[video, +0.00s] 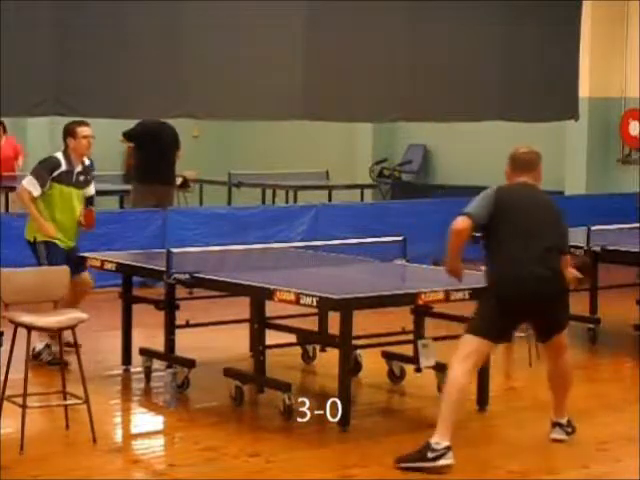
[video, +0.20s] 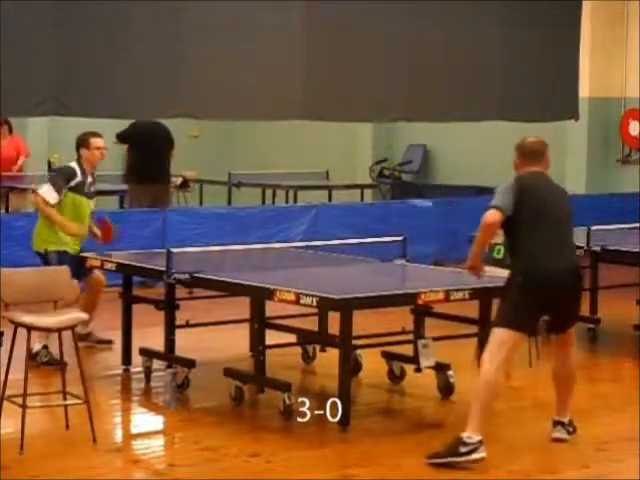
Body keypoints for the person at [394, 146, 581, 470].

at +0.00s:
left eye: (507, 173)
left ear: (508, 172)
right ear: (538, 174)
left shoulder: (496, 195)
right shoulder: (551, 205)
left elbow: (460, 227)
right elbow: (561, 257)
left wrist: (453, 262)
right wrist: (566, 271)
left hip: (505, 290)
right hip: (549, 289)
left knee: (464, 361)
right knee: (558, 351)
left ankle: (440, 444)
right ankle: (560, 421)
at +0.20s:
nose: (516, 168)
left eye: (516, 164)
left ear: (517, 163)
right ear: (547, 162)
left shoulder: (514, 186)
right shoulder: (561, 193)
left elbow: (491, 220)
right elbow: (560, 237)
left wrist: (475, 258)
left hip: (529, 280)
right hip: (567, 279)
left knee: (492, 360)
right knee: (564, 345)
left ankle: (471, 438)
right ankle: (563, 421)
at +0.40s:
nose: (509, 159)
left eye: (510, 153)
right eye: (512, 153)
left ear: (514, 153)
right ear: (542, 153)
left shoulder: (518, 182)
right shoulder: (560, 185)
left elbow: (498, 224)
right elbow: (564, 231)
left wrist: (478, 256)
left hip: (535, 275)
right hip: (571, 274)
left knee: (501, 349)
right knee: (563, 344)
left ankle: (491, 440)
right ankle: (568, 420)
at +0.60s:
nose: (497, 160)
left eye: (498, 155)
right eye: (499, 154)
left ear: (504, 156)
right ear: (532, 155)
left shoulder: (502, 190)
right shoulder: (554, 191)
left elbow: (478, 241)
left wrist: (465, 265)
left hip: (525, 288)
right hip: (564, 285)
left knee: (487, 361)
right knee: (558, 347)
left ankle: (511, 447)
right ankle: (568, 421)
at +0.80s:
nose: (485, 162)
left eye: (486, 157)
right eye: (487, 156)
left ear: (492, 156)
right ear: (520, 157)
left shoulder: (492, 188)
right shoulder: (549, 191)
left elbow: (468, 238)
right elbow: (568, 247)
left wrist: (462, 265)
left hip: (518, 285)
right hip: (562, 283)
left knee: (472, 351)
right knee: (565, 354)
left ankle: (483, 444)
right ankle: (584, 435)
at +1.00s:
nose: (478, 187)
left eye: (478, 182)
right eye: (481, 182)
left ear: (482, 181)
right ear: (512, 181)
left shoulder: (482, 214)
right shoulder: (539, 212)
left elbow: (467, 265)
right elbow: (572, 264)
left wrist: (445, 292)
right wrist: (557, 293)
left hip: (511, 309)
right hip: (556, 304)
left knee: (458, 373)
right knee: (560, 361)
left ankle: (468, 461)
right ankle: (587, 437)